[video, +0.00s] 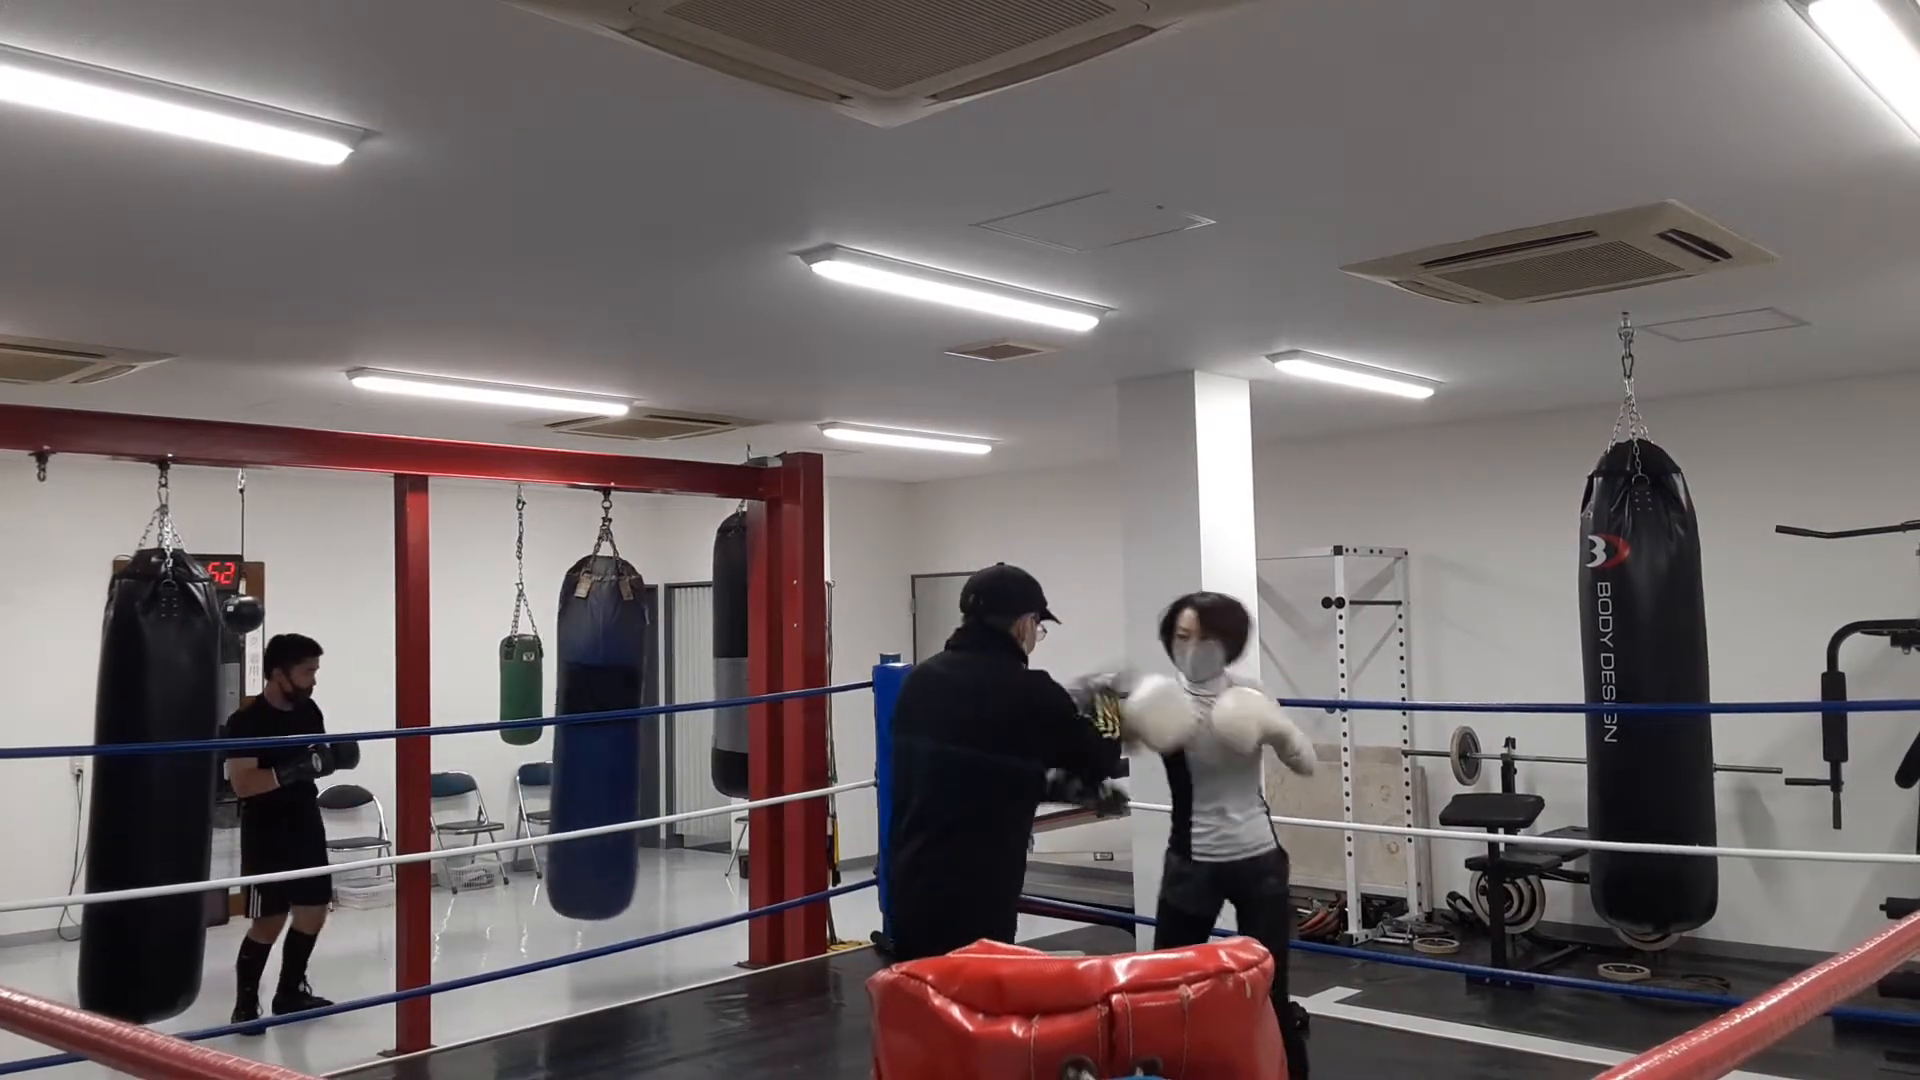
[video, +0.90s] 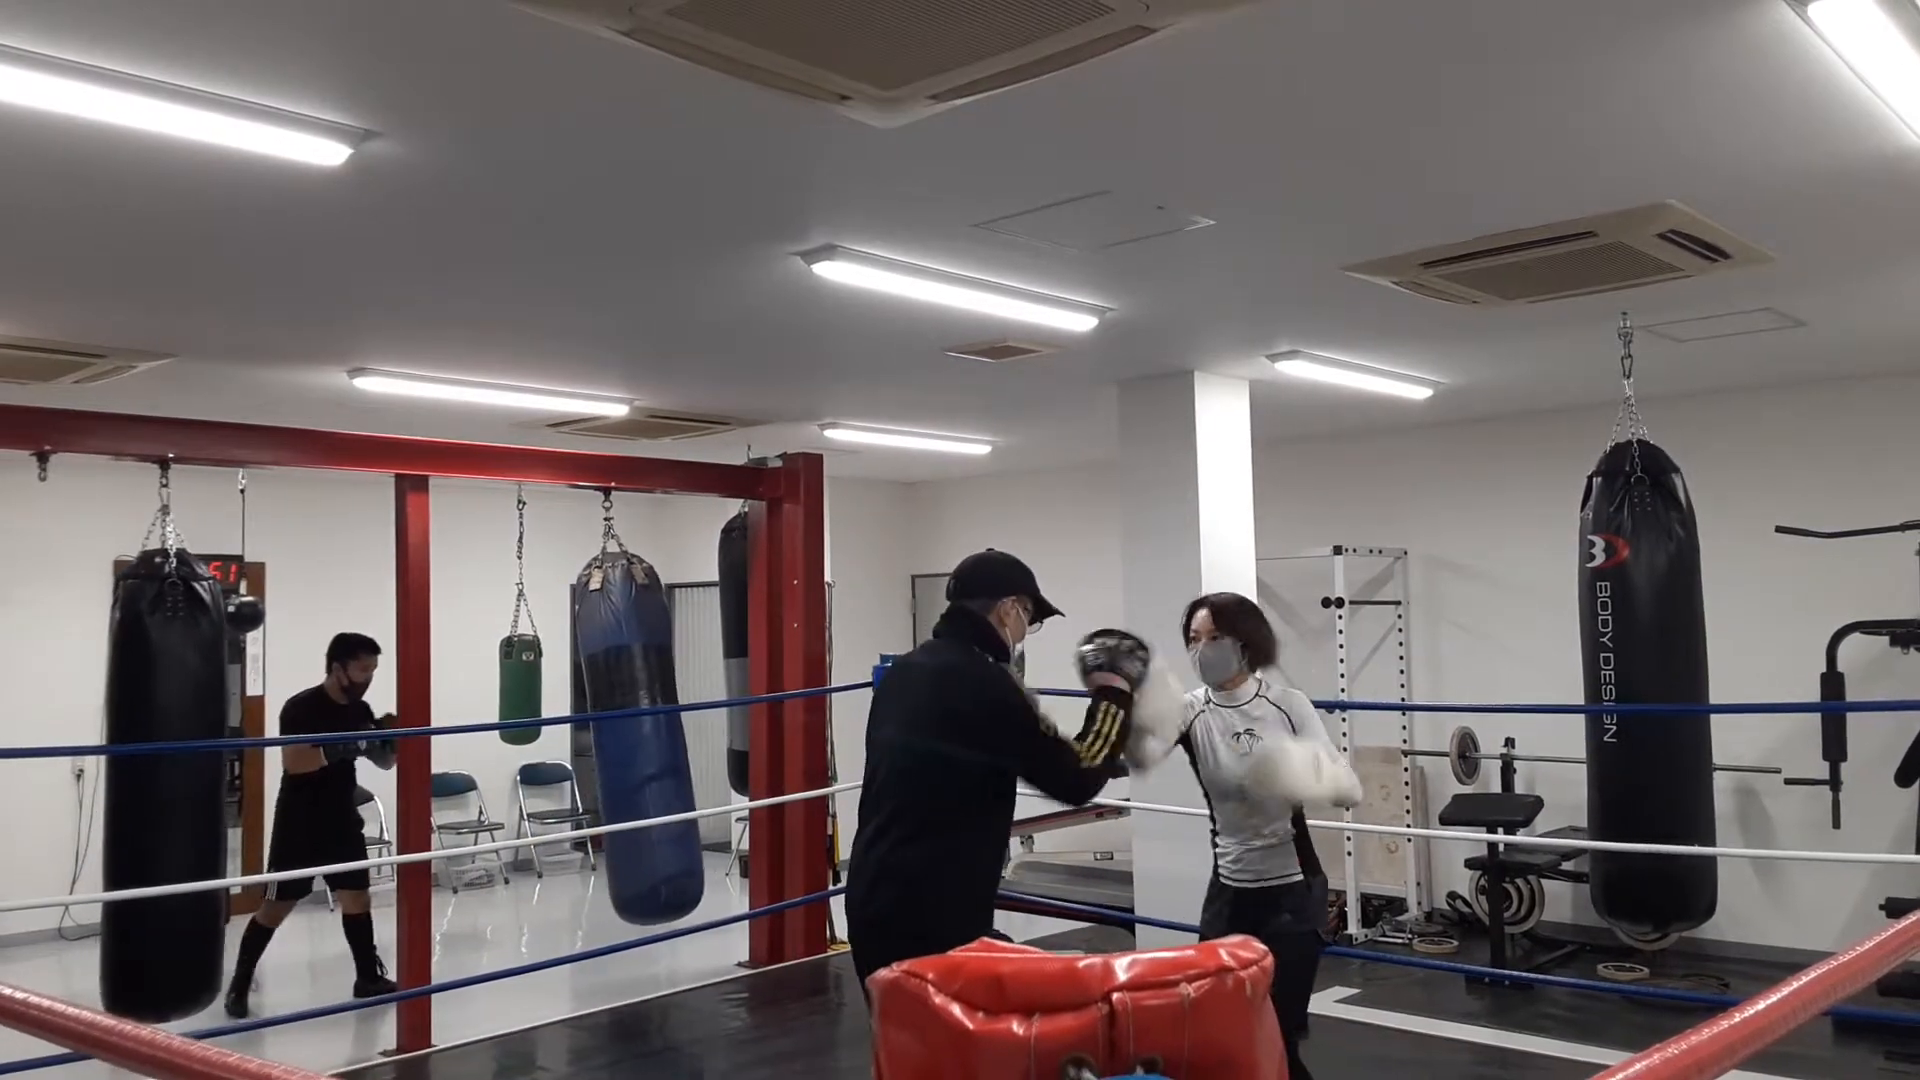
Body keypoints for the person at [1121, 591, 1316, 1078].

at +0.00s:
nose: (1190, 649)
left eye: (1202, 639)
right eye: (1181, 638)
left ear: (1227, 644)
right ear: (1170, 643)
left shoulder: (1250, 701)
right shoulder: (1162, 703)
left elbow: (1305, 766)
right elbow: (1120, 737)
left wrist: (1275, 726)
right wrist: (1132, 720)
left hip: (1258, 860)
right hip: (1191, 863)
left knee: (1270, 991)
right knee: (1168, 983)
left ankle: (1289, 1069)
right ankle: (1166, 1072)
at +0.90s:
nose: (1200, 648)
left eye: (1212, 637)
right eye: (1194, 639)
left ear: (1244, 640)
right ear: (1188, 644)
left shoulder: (1288, 703)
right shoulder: (1189, 709)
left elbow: (1343, 785)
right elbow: (1138, 760)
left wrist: (1289, 768)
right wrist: (1143, 712)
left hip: (1293, 888)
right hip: (1229, 888)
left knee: (1280, 1032)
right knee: (1214, 1015)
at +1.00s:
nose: (1192, 660)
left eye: (1202, 647)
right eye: (1189, 649)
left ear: (1238, 654)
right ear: (1187, 652)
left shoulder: (1281, 713)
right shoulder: (1202, 718)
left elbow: (1292, 779)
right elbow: (1170, 802)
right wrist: (1146, 767)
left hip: (1293, 901)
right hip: (1239, 892)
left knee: (1270, 1031)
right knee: (1201, 1002)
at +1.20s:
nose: (1203, 630)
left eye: (1214, 620)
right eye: (1202, 620)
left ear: (1251, 627)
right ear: (1201, 626)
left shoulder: (1302, 686)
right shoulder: (1196, 693)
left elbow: (1348, 766)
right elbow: (1127, 759)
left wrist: (1284, 719)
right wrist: (1139, 720)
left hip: (1304, 876)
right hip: (1232, 874)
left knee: (1297, 1024)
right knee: (1218, 1010)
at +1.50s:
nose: (1233, 657)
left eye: (1245, 646)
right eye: (1229, 645)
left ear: (1279, 655)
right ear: (1225, 645)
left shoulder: (1320, 697)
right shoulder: (1214, 707)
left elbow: (1367, 785)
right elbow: (1160, 768)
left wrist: (1333, 735)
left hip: (1314, 884)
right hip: (1241, 884)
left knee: (1310, 1033)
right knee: (1230, 1025)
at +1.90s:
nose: (1230, 653)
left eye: (1239, 639)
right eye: (1226, 641)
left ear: (1274, 637)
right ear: (1222, 644)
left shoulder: (1324, 687)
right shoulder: (1235, 696)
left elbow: (1333, 779)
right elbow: (1204, 779)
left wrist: (1279, 709)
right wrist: (1175, 725)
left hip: (1326, 888)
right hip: (1264, 881)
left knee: (1308, 1042)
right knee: (1234, 1012)